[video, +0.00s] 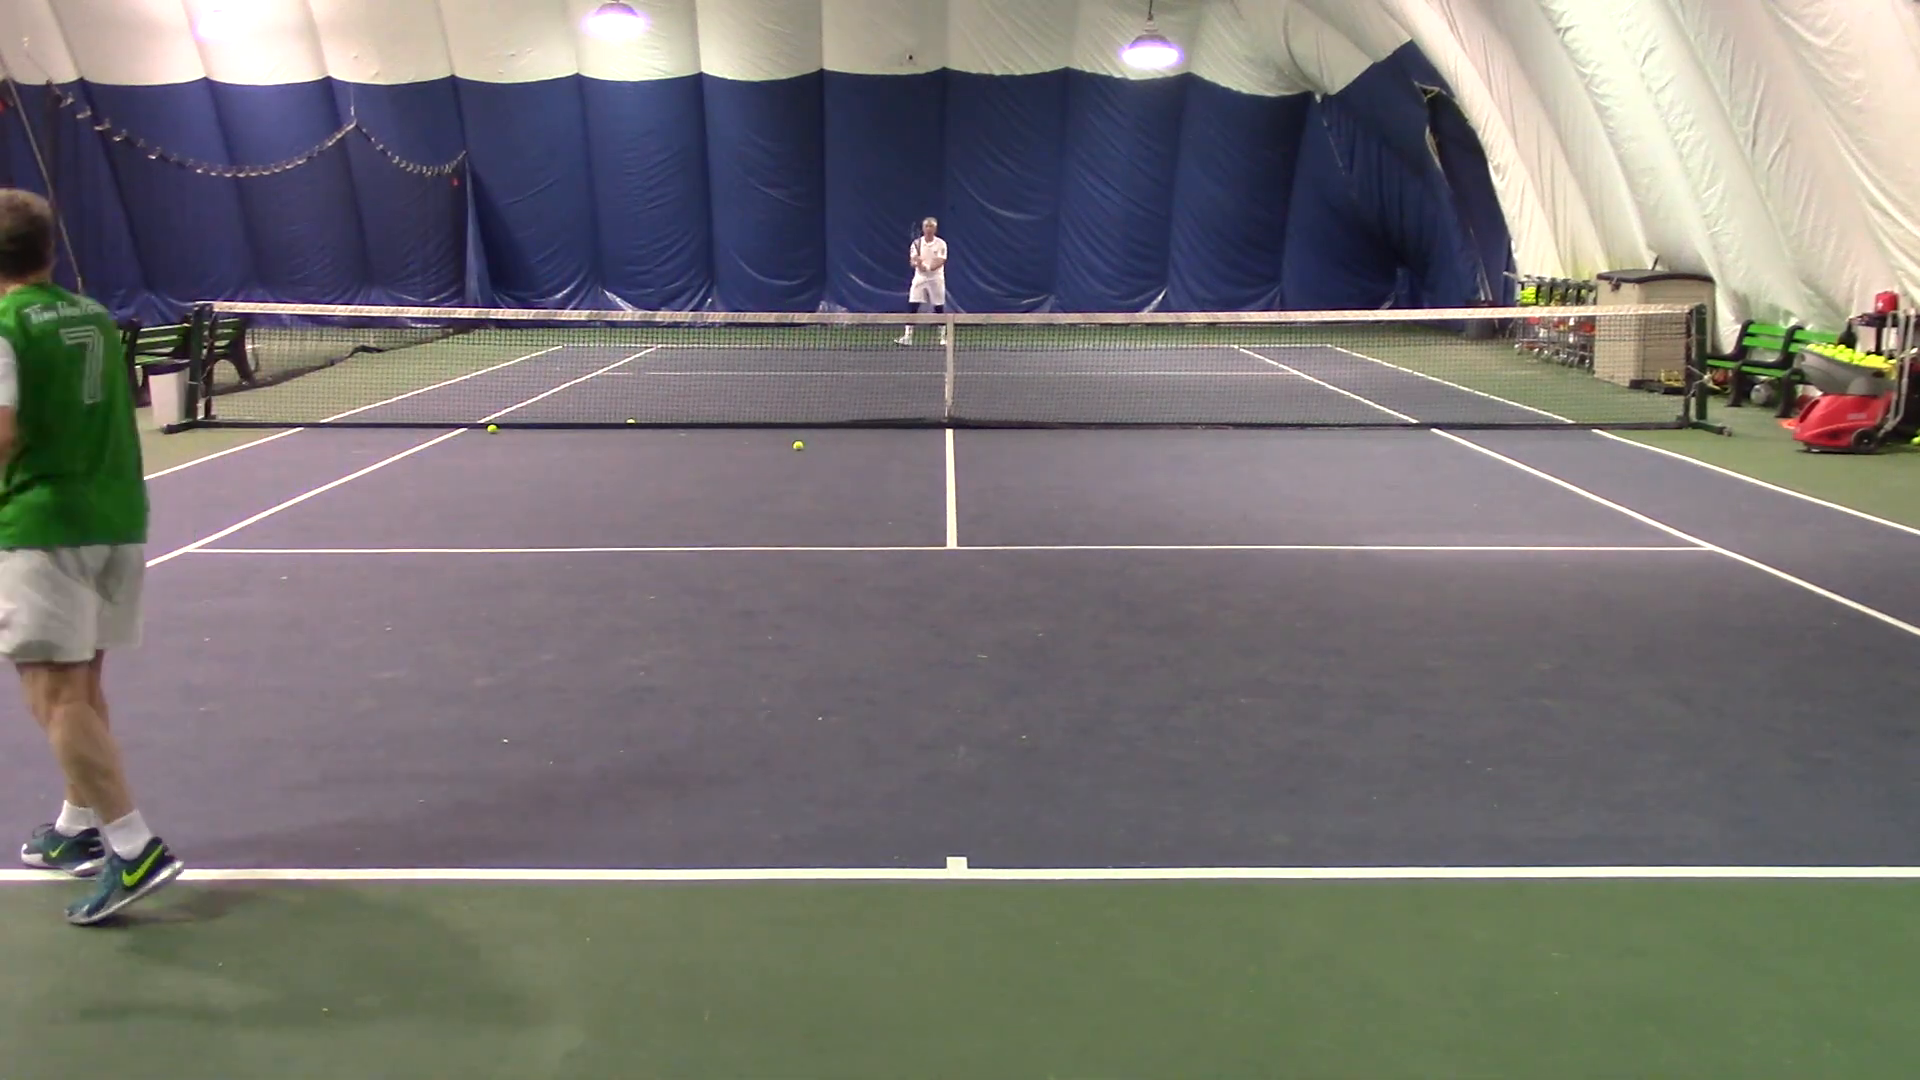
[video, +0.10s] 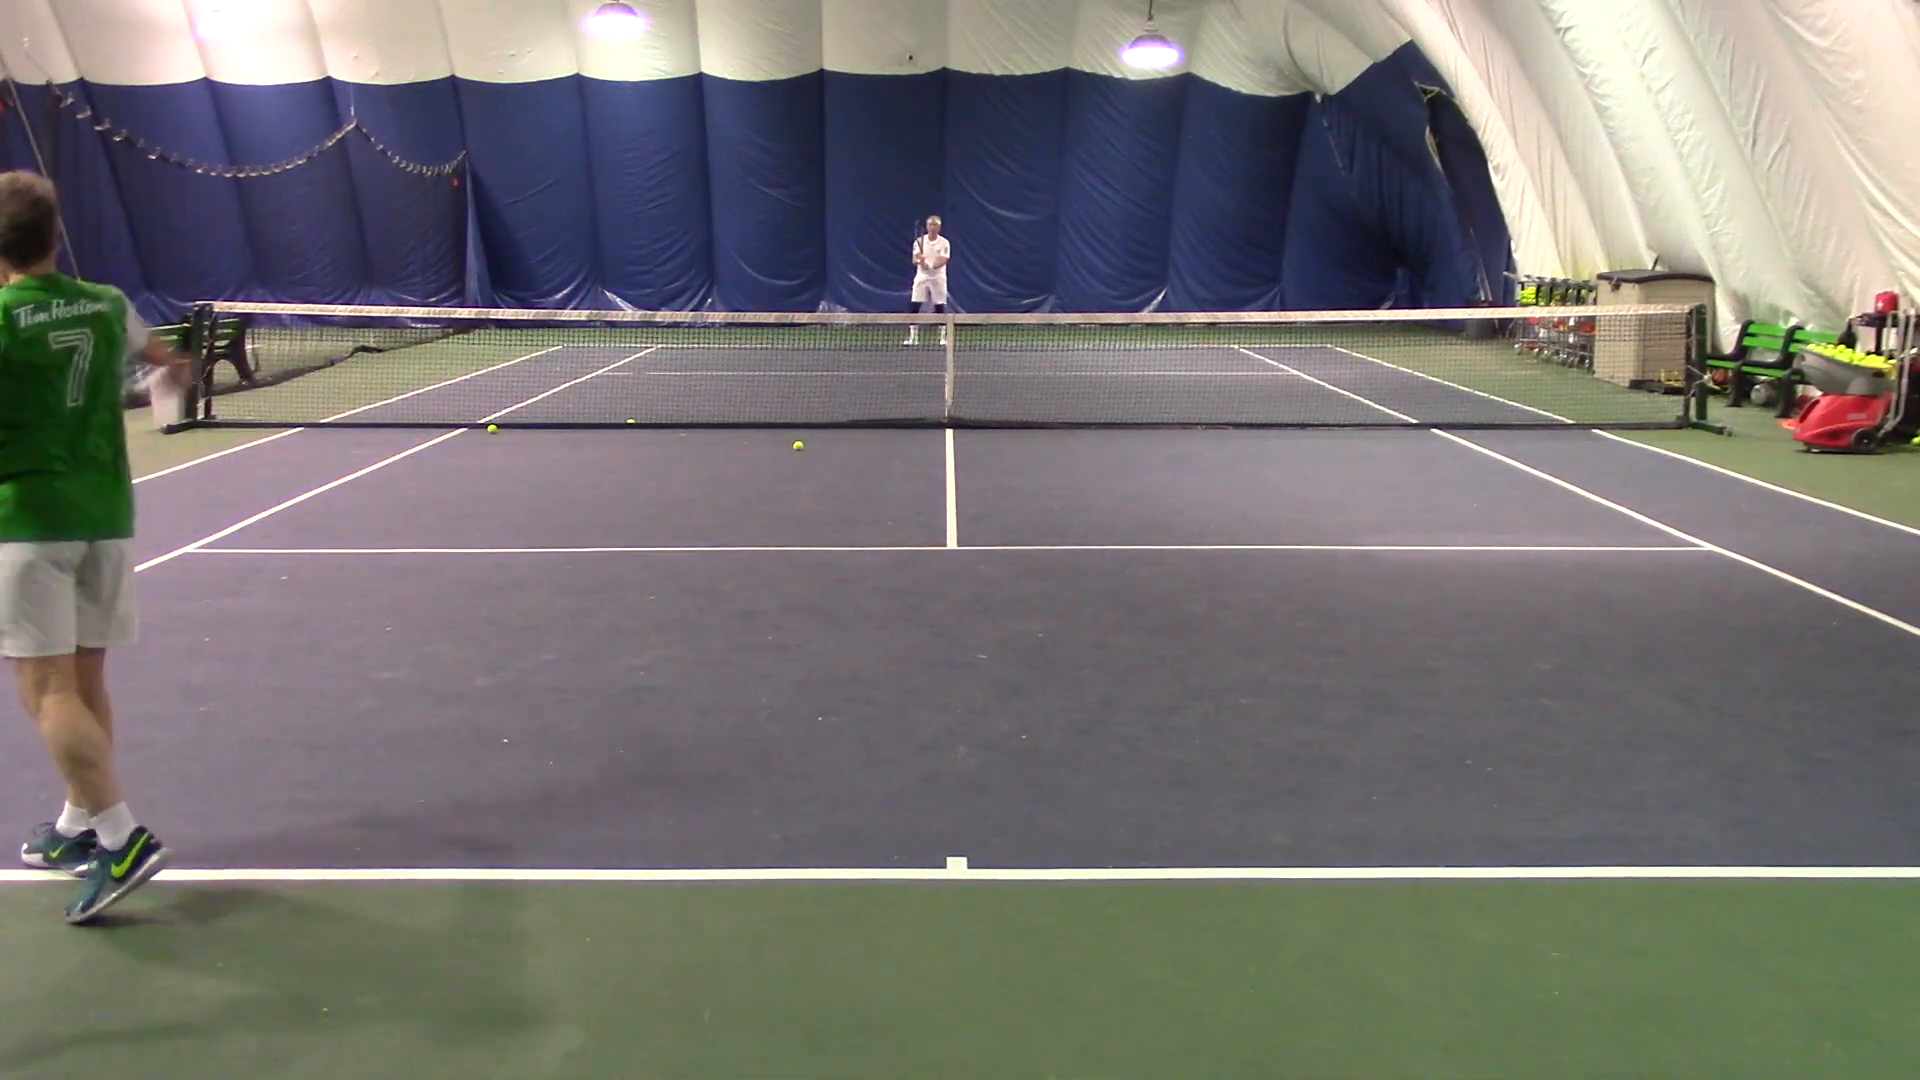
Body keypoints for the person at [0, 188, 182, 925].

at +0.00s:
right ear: (49, 251)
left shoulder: (11, 324)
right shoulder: (97, 316)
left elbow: (8, 432)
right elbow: (115, 417)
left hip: (44, 527)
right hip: (116, 520)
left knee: (55, 698)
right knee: (81, 684)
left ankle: (133, 845)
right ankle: (77, 825)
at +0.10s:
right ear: (58, 237)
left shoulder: (4, 311)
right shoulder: (109, 305)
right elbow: (145, 368)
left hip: (26, 521)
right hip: (106, 517)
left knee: (47, 690)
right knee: (86, 679)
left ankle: (122, 836)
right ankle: (77, 825)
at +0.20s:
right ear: (55, 236)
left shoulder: (1, 308)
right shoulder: (102, 300)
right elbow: (207, 305)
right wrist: (292, 294)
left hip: (19, 525)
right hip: (96, 517)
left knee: (48, 689)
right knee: (82, 681)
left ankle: (113, 834)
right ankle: (76, 827)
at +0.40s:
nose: (54, 239)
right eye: (54, 229)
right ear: (53, 240)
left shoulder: (8, 306)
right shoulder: (98, 302)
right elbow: (217, 293)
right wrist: (327, 272)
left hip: (18, 533)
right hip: (96, 528)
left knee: (36, 696)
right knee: (81, 685)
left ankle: (76, 853)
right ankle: (74, 840)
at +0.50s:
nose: (61, 241)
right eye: (58, 231)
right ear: (54, 244)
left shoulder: (5, 314)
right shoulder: (99, 312)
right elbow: (218, 310)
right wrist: (330, 290)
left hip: (14, 544)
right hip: (97, 538)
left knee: (31, 706)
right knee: (84, 690)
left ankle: (58, 873)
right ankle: (82, 835)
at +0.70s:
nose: (67, 245)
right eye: (64, 235)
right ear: (57, 245)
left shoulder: (2, 319)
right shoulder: (101, 316)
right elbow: (229, 335)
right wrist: (348, 317)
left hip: (13, 550)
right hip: (109, 541)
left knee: (42, 716)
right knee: (108, 695)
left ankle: (68, 893)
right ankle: (111, 826)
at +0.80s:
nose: (76, 239)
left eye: (67, 228)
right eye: (72, 228)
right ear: (64, 237)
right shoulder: (112, 315)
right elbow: (237, 354)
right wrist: (353, 341)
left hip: (20, 547)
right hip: (120, 536)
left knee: (48, 718)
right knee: (135, 692)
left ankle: (69, 893)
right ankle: (155, 831)